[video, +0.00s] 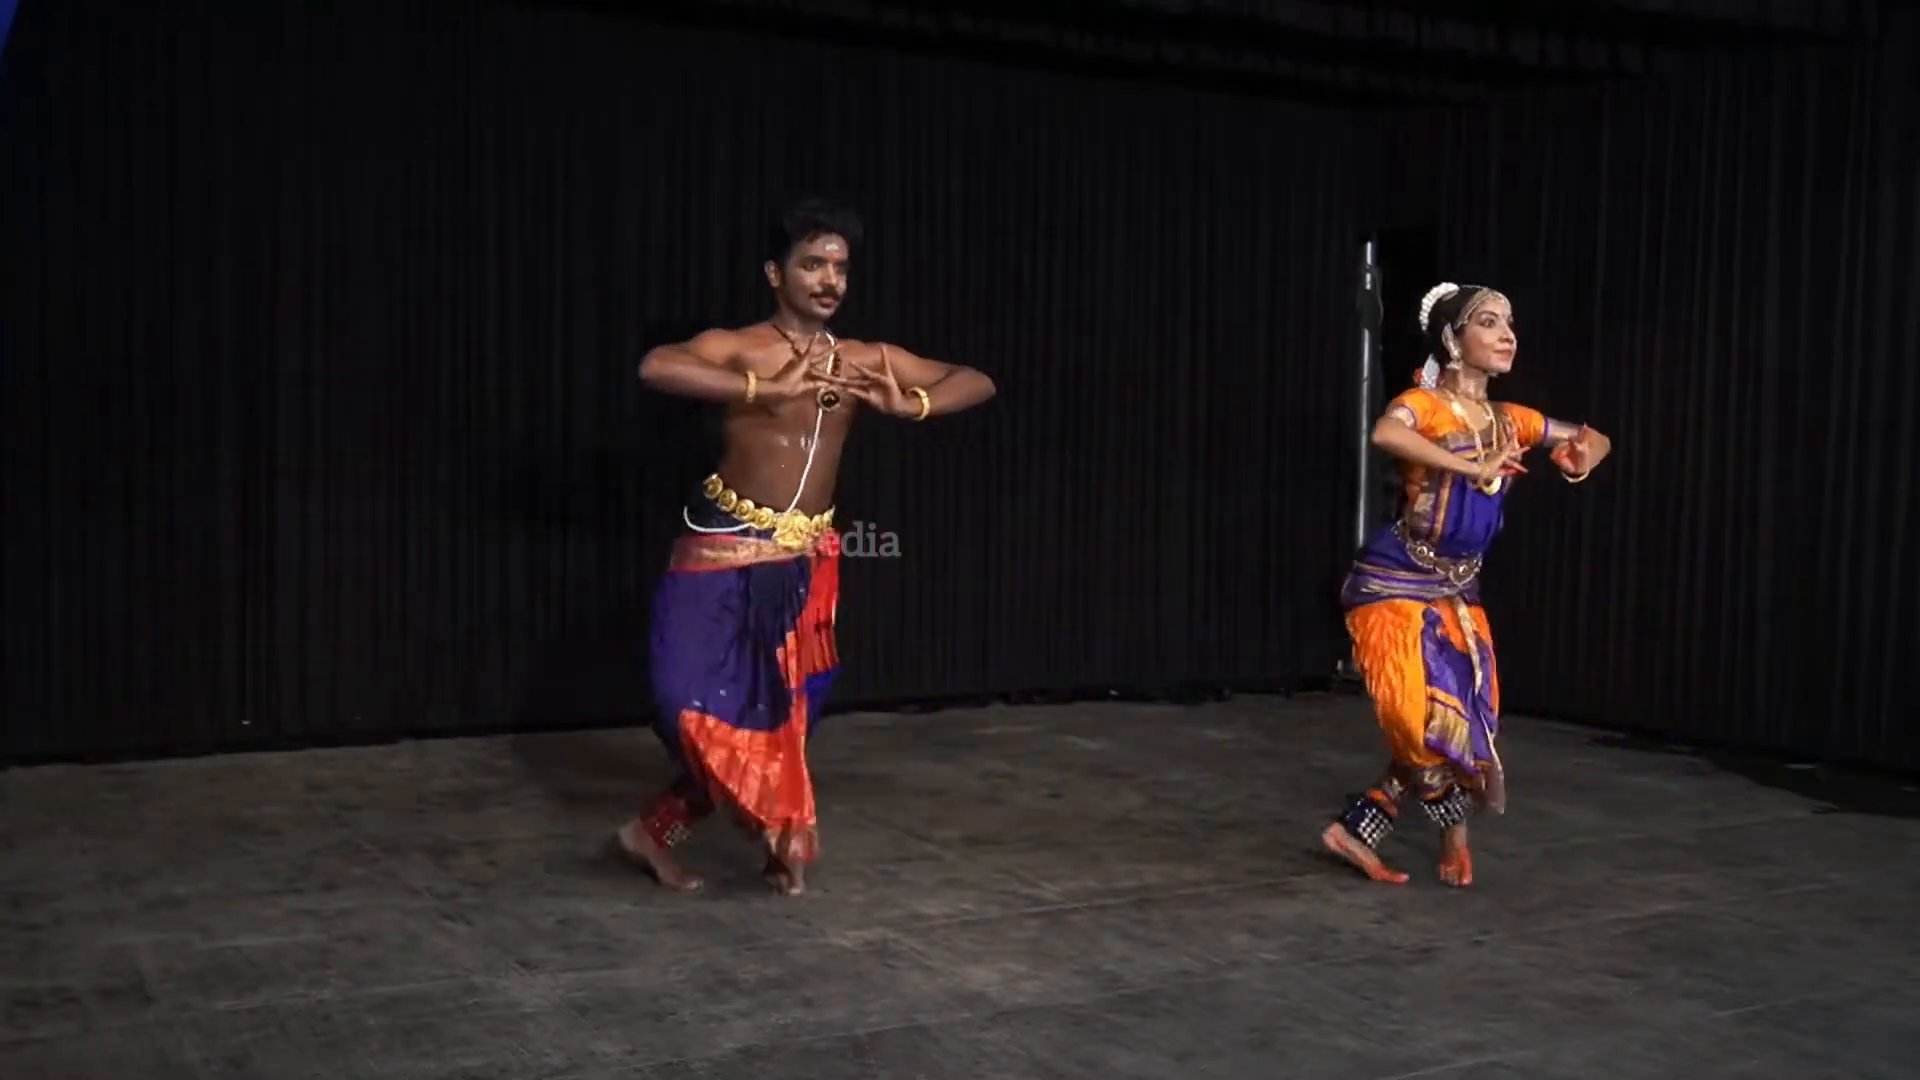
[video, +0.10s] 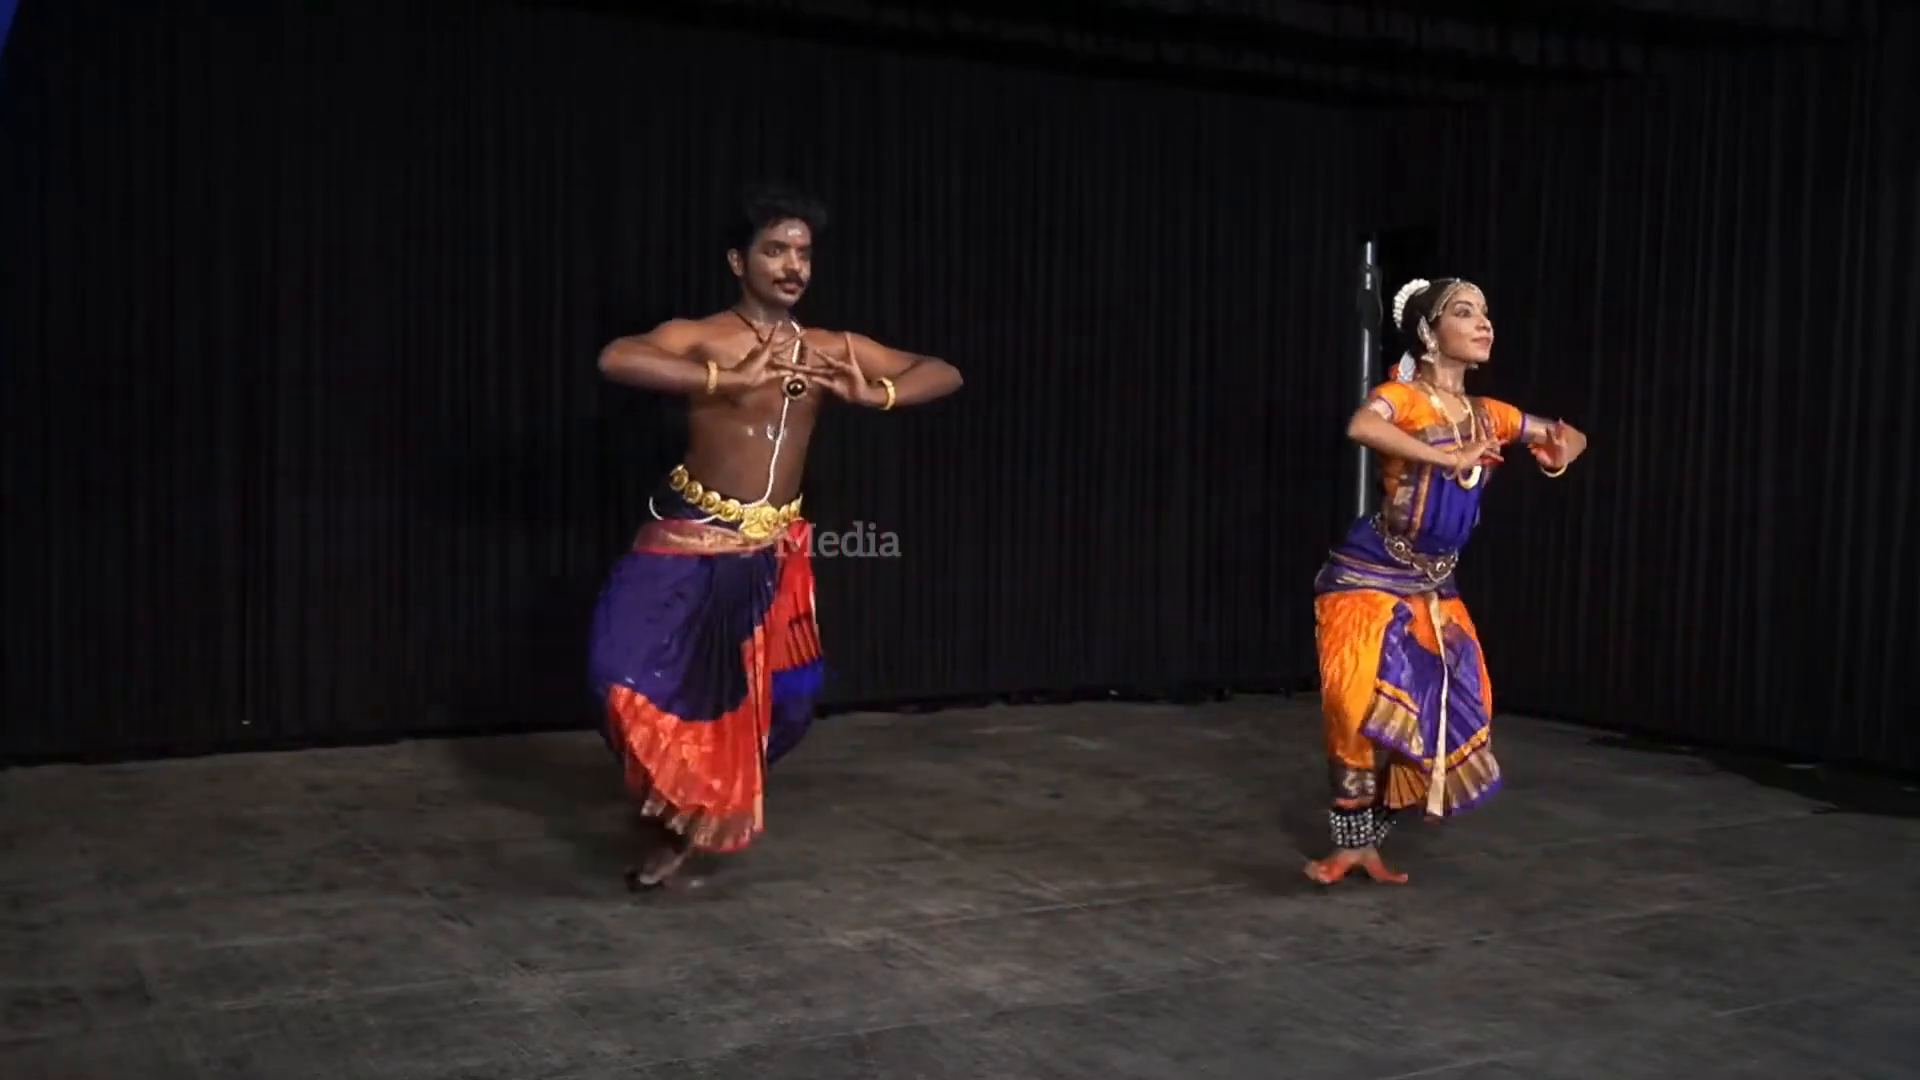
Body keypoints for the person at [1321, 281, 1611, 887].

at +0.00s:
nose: (1507, 336)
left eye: (1509, 325)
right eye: (1491, 324)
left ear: (1506, 341)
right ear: (1453, 338)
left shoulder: (1509, 419)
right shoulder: (1424, 402)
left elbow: (1590, 437)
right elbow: (1387, 434)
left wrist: (1586, 454)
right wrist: (1470, 467)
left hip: (1457, 592)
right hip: (1395, 582)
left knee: (1469, 717)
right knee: (1415, 707)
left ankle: (1358, 827)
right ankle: (1453, 825)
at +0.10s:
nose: (1486, 326)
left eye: (1485, 316)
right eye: (1468, 315)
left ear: (1479, 335)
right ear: (1430, 332)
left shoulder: (1487, 413)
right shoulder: (1403, 395)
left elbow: (1565, 434)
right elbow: (1363, 426)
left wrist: (1563, 450)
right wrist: (1446, 457)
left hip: (1431, 584)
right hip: (1368, 574)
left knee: (1411, 703)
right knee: (1349, 696)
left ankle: (1367, 841)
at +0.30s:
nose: (1437, 342)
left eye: (1438, 333)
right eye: (1418, 332)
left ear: (1438, 354)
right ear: (1382, 353)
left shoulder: (1451, 434)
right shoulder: (1361, 420)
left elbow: (1542, 480)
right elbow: (1325, 472)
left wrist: (1513, 474)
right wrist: (1421, 465)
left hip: (1399, 607)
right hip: (1329, 597)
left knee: (1427, 723)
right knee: (1288, 717)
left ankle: (1344, 850)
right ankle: (1300, 863)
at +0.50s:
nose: (1410, 355)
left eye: (1416, 344)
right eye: (1394, 342)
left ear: (1421, 357)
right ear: (1358, 354)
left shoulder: (1426, 438)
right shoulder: (1327, 424)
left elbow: (1517, 492)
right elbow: (1304, 494)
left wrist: (1489, 487)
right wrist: (1389, 496)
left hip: (1373, 609)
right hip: (1295, 600)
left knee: (1412, 714)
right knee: (1251, 709)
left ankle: (1341, 851)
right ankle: (1265, 847)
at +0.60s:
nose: (1404, 366)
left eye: (1412, 354)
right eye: (1390, 350)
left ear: (1415, 364)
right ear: (1352, 356)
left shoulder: (1414, 443)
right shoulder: (1318, 428)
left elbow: (1497, 504)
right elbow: (1300, 502)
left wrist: (1471, 503)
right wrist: (1398, 510)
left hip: (1353, 611)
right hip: (1280, 604)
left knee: (1410, 714)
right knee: (1262, 729)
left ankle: (1336, 851)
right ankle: (1265, 858)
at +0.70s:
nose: (1403, 371)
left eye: (1409, 359)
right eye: (1388, 355)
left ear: (1410, 367)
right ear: (1350, 361)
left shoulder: (1404, 446)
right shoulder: (1316, 433)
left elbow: (1480, 510)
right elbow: (1311, 517)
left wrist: (1457, 505)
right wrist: (1407, 523)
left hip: (1342, 614)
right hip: (1272, 611)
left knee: (1397, 714)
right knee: (1275, 742)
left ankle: (1334, 853)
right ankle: (1269, 858)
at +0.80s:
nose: (1404, 373)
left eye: (1410, 359)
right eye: (1390, 357)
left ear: (1411, 365)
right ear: (1351, 364)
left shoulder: (1383, 435)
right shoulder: (1330, 433)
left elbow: (1432, 489)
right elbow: (1374, 518)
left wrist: (1464, 485)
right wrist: (1464, 497)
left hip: (1335, 609)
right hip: (1277, 610)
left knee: (1374, 715)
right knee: (1293, 741)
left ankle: (1337, 852)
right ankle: (1268, 858)